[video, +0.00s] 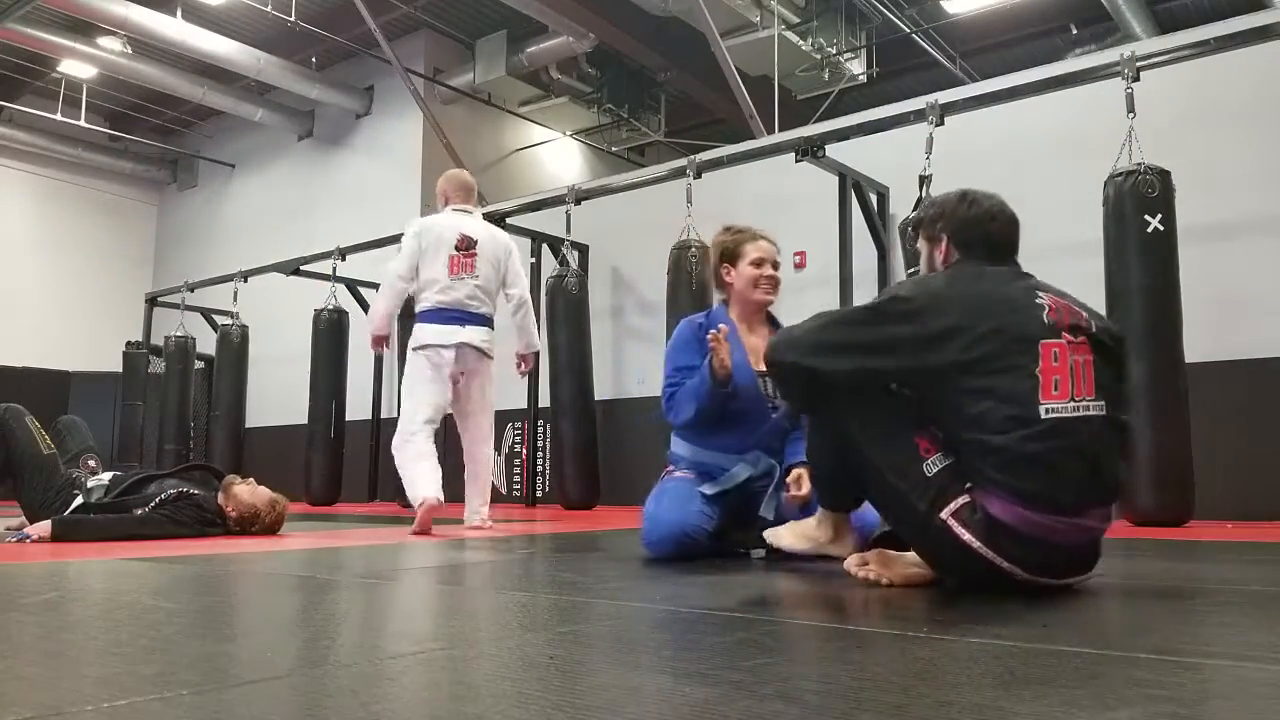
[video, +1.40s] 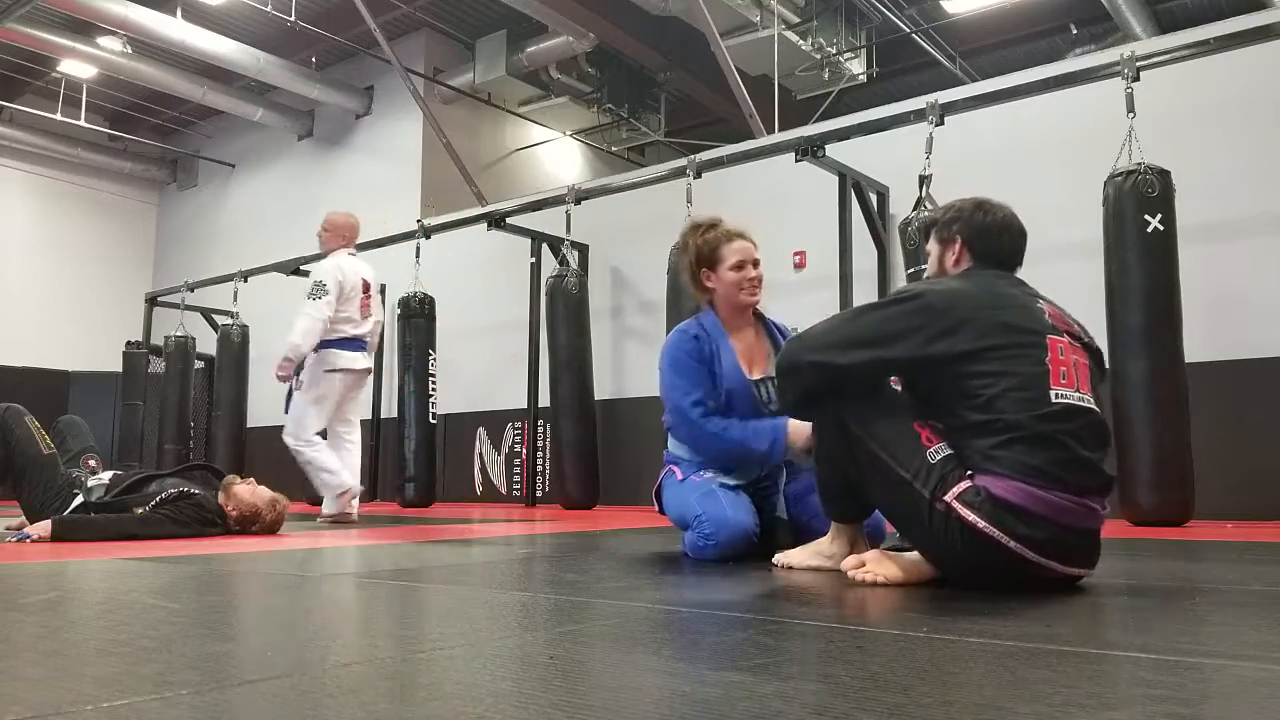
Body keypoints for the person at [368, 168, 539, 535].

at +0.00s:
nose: (437, 203)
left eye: (438, 199)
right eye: (439, 199)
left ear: (443, 198)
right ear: (476, 200)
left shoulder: (423, 228)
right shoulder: (501, 238)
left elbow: (398, 277)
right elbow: (519, 296)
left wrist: (380, 323)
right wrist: (528, 343)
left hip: (431, 339)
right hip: (478, 342)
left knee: (415, 424)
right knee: (478, 430)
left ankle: (426, 494)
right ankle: (477, 515)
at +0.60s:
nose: (409, 225)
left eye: (411, 219)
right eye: (409, 219)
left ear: (423, 221)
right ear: (445, 222)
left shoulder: (411, 255)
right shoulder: (474, 259)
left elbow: (398, 305)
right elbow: (486, 314)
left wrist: (383, 350)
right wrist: (480, 353)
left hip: (420, 353)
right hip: (462, 354)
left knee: (416, 431)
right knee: (466, 426)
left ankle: (425, 510)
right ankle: (476, 494)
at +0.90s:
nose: (375, 229)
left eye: (379, 224)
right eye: (377, 223)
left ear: (395, 227)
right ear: (410, 227)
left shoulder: (384, 261)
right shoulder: (439, 262)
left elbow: (364, 313)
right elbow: (454, 317)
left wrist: (345, 348)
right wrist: (449, 357)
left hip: (394, 355)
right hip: (430, 355)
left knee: (402, 431)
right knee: (415, 429)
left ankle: (423, 507)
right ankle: (423, 499)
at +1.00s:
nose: (363, 232)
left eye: (368, 227)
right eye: (365, 227)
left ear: (386, 232)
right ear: (397, 233)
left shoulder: (370, 263)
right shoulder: (426, 267)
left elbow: (350, 313)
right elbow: (441, 319)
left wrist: (331, 342)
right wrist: (440, 358)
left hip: (384, 357)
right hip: (419, 358)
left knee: (398, 434)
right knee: (389, 433)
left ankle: (422, 509)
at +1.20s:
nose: (343, 235)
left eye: (348, 231)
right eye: (344, 229)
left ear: (367, 235)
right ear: (374, 236)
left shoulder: (347, 266)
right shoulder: (397, 272)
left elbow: (327, 317)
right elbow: (409, 322)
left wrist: (303, 350)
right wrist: (412, 362)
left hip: (355, 358)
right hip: (386, 360)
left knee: (366, 433)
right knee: (355, 434)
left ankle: (412, 495)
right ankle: (342, 506)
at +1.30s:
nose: (331, 233)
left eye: (336, 229)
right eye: (333, 228)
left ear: (354, 235)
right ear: (360, 237)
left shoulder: (338, 267)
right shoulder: (384, 271)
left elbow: (320, 319)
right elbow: (393, 323)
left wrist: (290, 357)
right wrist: (389, 360)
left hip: (342, 360)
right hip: (373, 361)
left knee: (330, 435)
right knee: (353, 434)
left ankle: (390, 487)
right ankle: (341, 508)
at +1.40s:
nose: (319, 233)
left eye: (325, 230)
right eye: (321, 228)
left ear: (342, 236)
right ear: (347, 239)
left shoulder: (329, 267)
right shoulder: (367, 269)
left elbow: (315, 316)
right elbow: (375, 321)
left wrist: (291, 357)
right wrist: (364, 354)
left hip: (330, 359)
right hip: (360, 360)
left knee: (298, 432)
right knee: (345, 428)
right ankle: (346, 504)